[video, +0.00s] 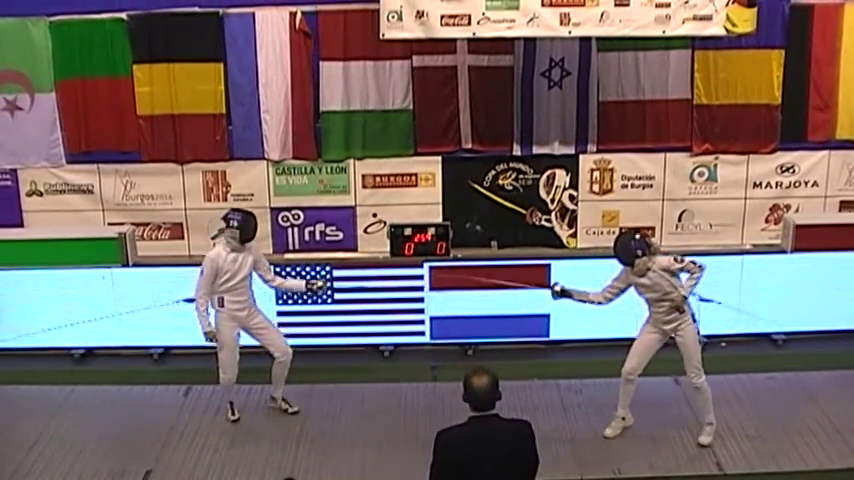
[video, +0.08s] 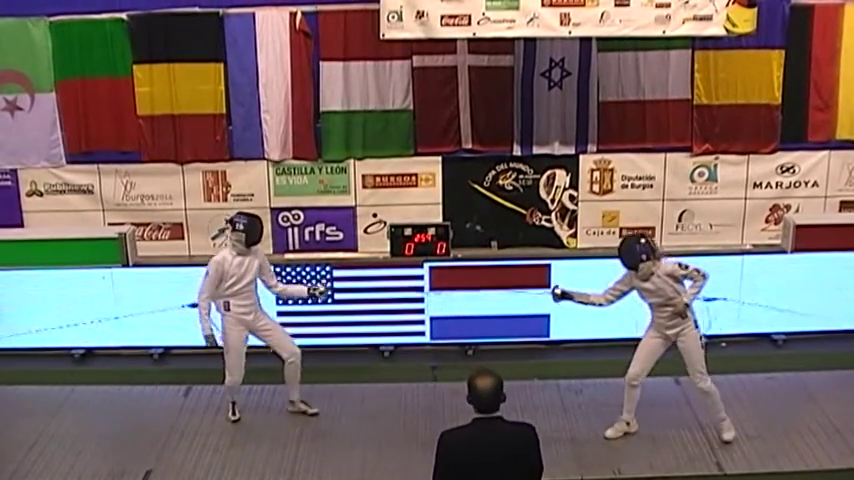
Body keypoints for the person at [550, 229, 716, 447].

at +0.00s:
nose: (634, 269)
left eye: (635, 264)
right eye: (630, 266)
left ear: (642, 255)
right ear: (627, 263)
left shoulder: (663, 262)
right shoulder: (628, 275)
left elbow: (697, 269)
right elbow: (603, 297)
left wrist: (684, 293)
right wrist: (567, 293)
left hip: (683, 322)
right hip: (656, 325)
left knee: (696, 377)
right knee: (629, 372)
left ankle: (709, 424)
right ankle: (622, 416)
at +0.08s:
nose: (643, 272)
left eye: (644, 266)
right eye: (638, 269)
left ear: (650, 258)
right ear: (632, 267)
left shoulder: (668, 268)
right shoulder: (631, 278)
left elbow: (701, 276)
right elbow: (604, 299)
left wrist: (687, 299)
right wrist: (568, 296)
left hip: (684, 327)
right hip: (658, 329)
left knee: (701, 380)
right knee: (633, 377)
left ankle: (724, 423)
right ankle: (627, 421)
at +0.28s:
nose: (662, 283)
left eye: (663, 279)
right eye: (659, 280)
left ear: (670, 272)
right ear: (656, 278)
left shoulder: (689, 282)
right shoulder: (654, 291)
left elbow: (723, 291)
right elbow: (629, 314)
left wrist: (708, 314)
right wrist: (598, 304)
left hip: (705, 342)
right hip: (677, 342)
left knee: (719, 395)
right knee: (642, 382)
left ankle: (743, 420)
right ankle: (629, 422)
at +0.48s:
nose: (677, 273)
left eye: (679, 268)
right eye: (674, 270)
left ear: (688, 259)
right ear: (672, 267)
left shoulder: (707, 266)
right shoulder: (673, 280)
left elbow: (742, 269)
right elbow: (647, 303)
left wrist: (731, 295)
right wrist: (613, 300)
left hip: (728, 325)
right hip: (702, 327)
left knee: (741, 378)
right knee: (673, 372)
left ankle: (752, 420)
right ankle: (667, 420)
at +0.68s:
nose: (694, 282)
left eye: (696, 277)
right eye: (692, 278)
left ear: (706, 270)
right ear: (693, 275)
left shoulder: (729, 279)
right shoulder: (692, 289)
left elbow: (759, 291)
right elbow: (667, 312)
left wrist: (745, 311)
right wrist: (634, 305)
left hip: (743, 339)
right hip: (715, 338)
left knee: (760, 390)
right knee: (680, 377)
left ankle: (786, 416)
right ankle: (671, 420)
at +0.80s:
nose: (714, 280)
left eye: (716, 275)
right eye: (710, 276)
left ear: (726, 268)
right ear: (708, 274)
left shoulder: (743, 277)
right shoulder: (709, 288)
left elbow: (777, 283)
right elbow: (683, 310)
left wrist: (765, 307)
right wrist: (650, 305)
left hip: (760, 337)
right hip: (732, 336)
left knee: (766, 390)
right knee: (698, 379)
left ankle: (786, 419)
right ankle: (674, 420)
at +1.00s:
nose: (729, 272)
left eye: (731, 266)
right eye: (726, 268)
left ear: (739, 259)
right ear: (721, 265)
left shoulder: (756, 267)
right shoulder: (721, 278)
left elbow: (790, 273)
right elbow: (695, 301)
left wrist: (778, 298)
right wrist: (661, 298)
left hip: (773, 326)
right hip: (748, 327)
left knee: (780, 378)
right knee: (725, 374)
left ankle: (795, 416)